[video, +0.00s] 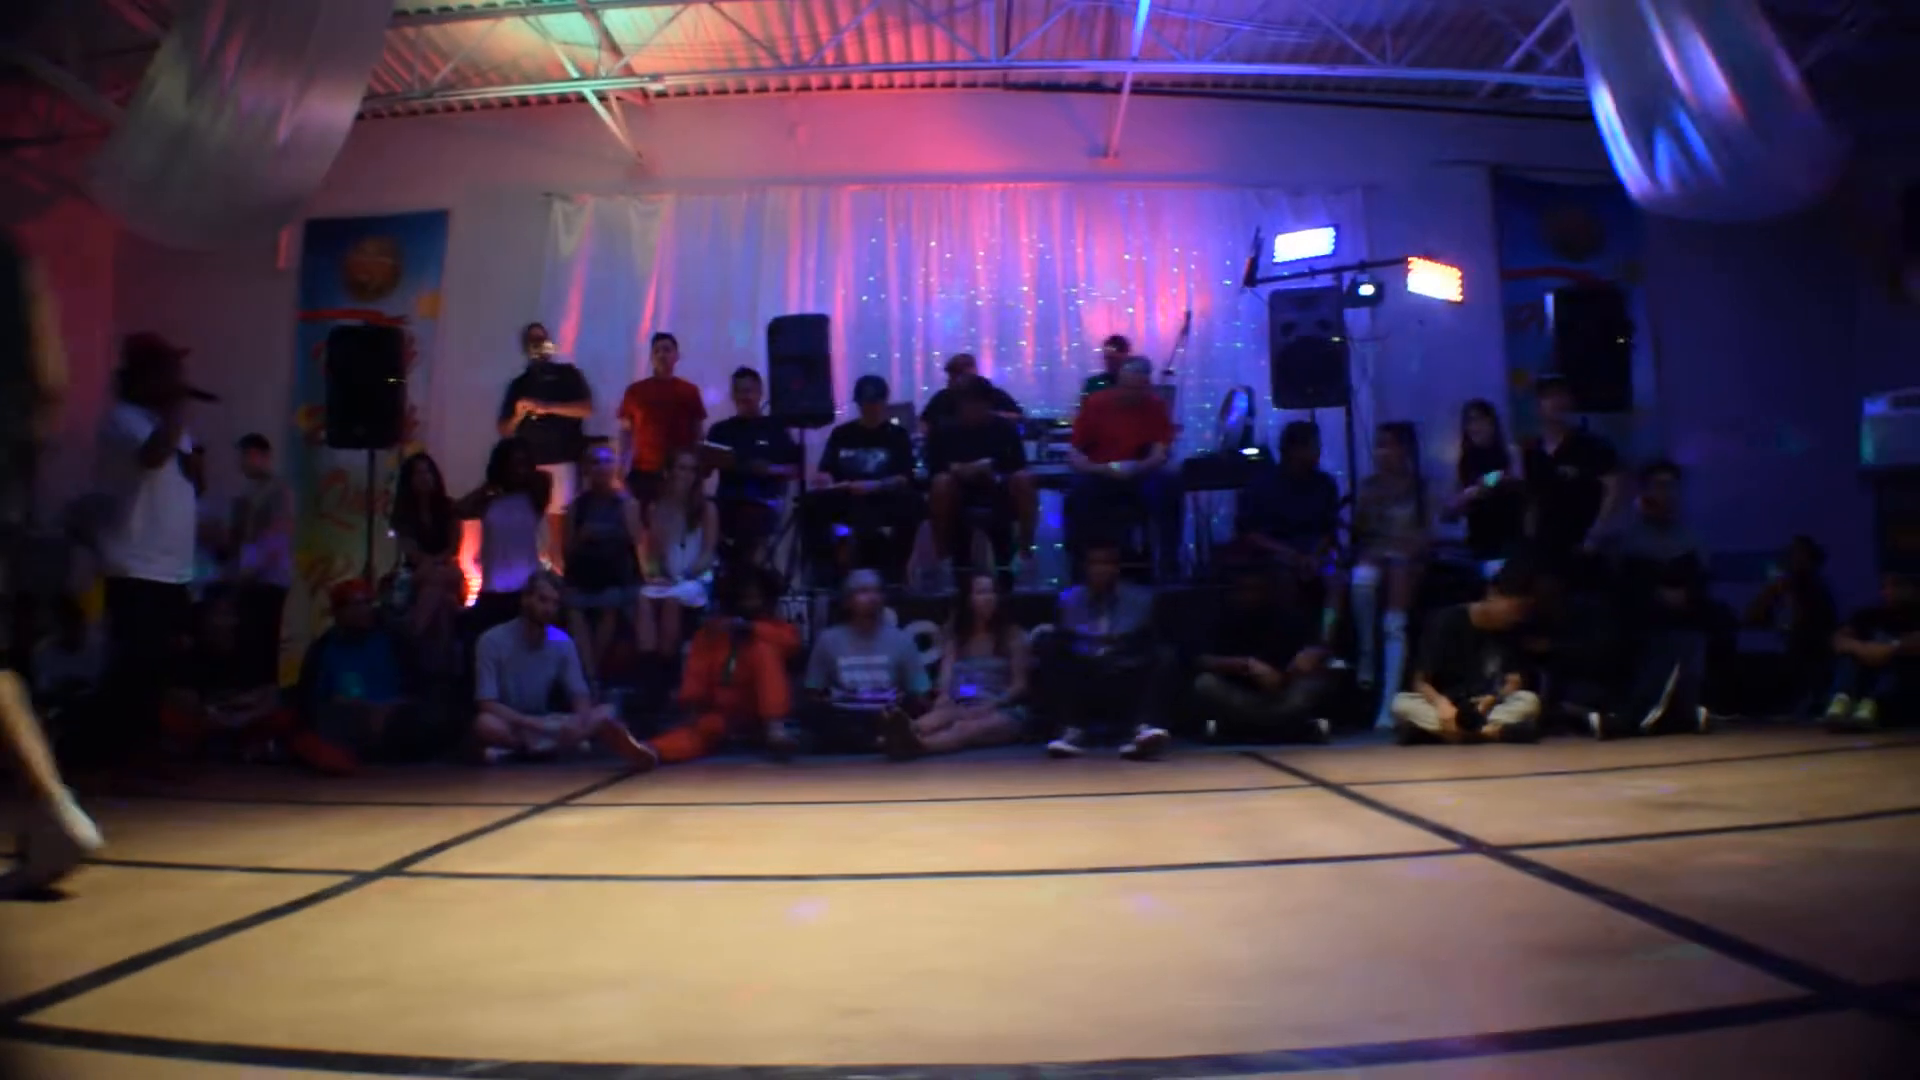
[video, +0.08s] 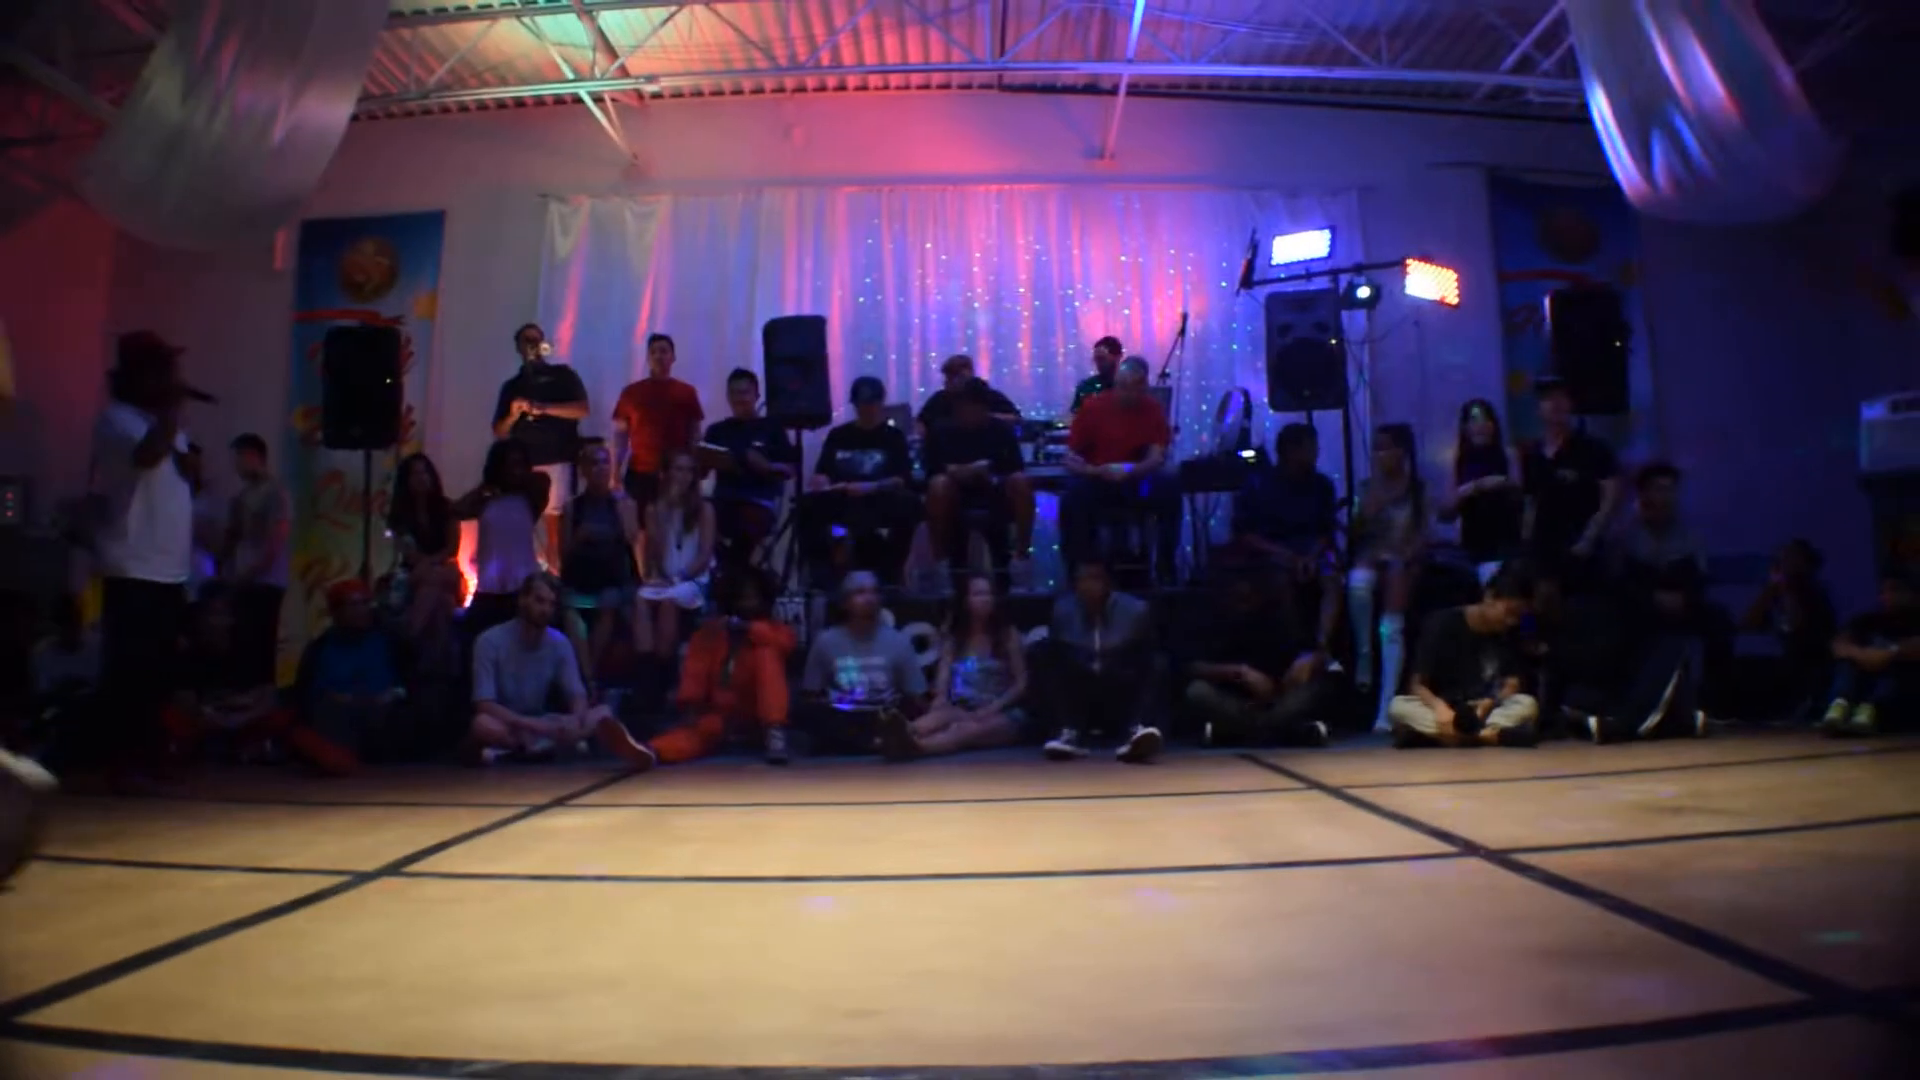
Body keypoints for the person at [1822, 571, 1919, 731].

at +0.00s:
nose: (1889, 593)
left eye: (1894, 587)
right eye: (1885, 587)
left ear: (1907, 589)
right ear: (1881, 590)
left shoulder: (1911, 615)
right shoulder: (1869, 614)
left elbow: (1911, 643)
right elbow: (1839, 640)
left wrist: (1885, 650)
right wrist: (1864, 650)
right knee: (1849, 655)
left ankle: (1869, 703)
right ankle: (1841, 698)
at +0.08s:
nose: (1888, 598)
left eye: (1894, 592)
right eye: (1884, 592)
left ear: (1906, 595)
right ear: (1880, 595)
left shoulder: (1910, 620)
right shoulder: (1867, 620)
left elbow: (1911, 649)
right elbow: (1838, 646)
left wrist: (1885, 655)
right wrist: (1863, 655)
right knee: (1847, 663)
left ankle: (1868, 708)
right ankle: (1839, 703)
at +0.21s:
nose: (1889, 595)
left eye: (1896, 589)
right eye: (1885, 589)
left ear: (1909, 592)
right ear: (1880, 592)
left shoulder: (1912, 619)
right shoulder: (1870, 617)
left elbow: (1910, 648)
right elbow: (1839, 645)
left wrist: (1886, 654)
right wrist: (1865, 654)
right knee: (1849, 662)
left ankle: (1869, 708)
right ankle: (1840, 703)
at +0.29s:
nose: (1892, 595)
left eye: (1898, 589)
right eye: (1888, 589)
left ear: (1911, 592)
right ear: (1883, 592)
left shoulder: (1913, 619)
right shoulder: (1875, 616)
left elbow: (1910, 648)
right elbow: (1842, 644)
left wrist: (1888, 654)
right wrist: (1868, 653)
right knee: (1852, 660)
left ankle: (1872, 707)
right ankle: (1843, 702)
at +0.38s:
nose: (1889, 596)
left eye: (1896, 590)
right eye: (1885, 590)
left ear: (1909, 593)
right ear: (1880, 593)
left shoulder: (1912, 620)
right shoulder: (1870, 618)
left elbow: (1911, 649)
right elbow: (1840, 645)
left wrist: (1887, 655)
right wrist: (1866, 654)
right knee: (1850, 663)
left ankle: (1870, 708)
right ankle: (1841, 703)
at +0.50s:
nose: (1884, 597)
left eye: (1892, 591)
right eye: (1882, 590)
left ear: (1904, 595)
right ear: (1877, 593)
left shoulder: (1910, 621)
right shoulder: (1866, 618)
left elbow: (1909, 649)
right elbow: (1835, 646)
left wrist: (1883, 656)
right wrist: (1861, 655)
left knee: (1889, 671)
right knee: (1842, 663)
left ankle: (1866, 709)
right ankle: (1837, 703)